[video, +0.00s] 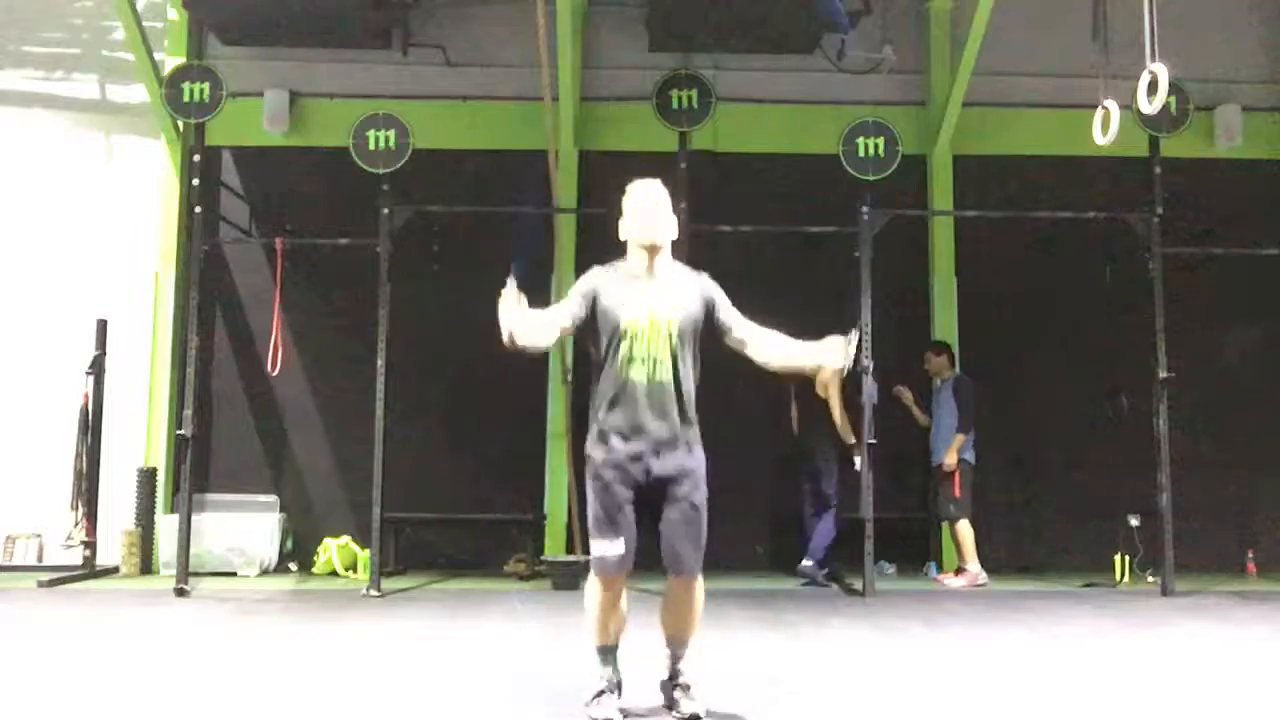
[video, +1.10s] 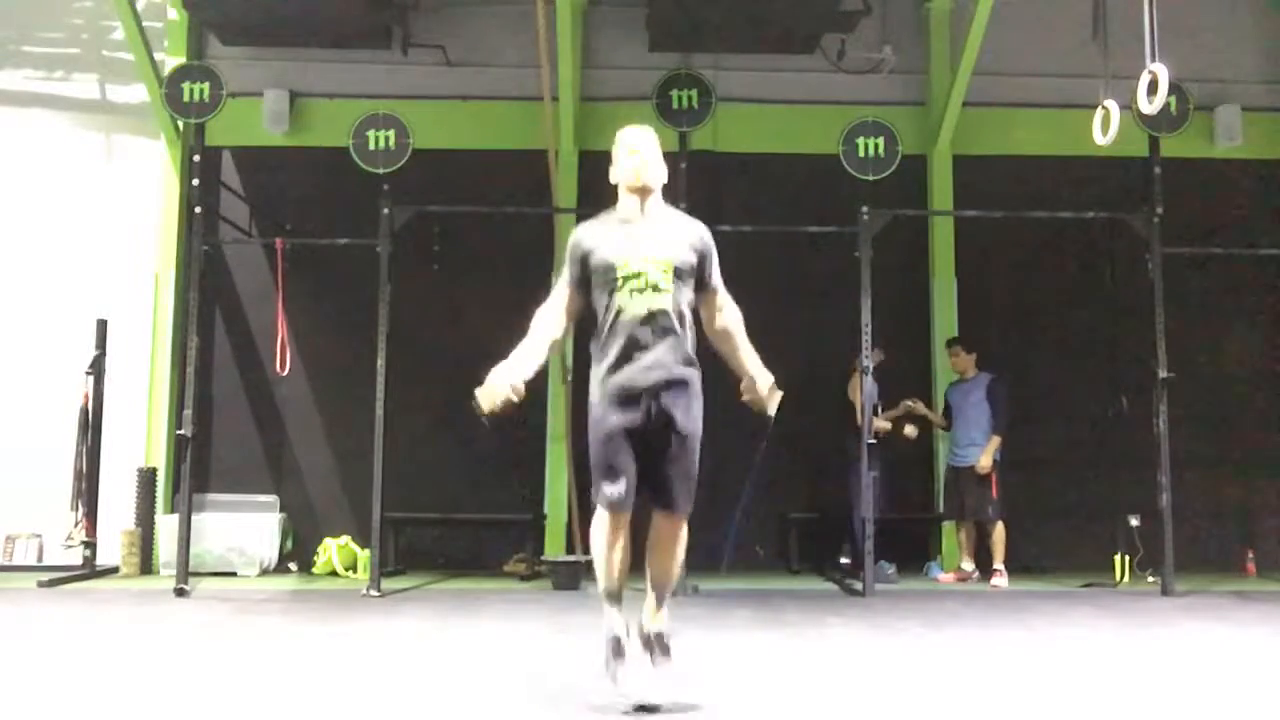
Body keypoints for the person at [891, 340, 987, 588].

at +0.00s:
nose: (926, 365)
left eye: (929, 359)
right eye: (925, 360)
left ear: (944, 358)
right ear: (937, 361)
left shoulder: (961, 384)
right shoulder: (936, 389)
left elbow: (966, 422)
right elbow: (928, 422)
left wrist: (953, 450)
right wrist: (911, 404)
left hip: (958, 457)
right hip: (940, 458)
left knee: (958, 514)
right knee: (949, 515)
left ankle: (973, 568)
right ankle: (964, 566)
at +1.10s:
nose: (952, 361)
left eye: (956, 356)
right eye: (950, 356)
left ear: (972, 356)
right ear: (951, 359)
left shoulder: (991, 384)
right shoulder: (952, 390)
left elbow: (1000, 423)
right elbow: (947, 424)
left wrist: (988, 453)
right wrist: (925, 411)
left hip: (983, 460)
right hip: (957, 463)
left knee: (991, 517)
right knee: (962, 517)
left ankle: (998, 569)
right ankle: (967, 567)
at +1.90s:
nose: (945, 364)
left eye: (948, 358)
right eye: (944, 358)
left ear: (963, 357)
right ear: (953, 359)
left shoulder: (990, 384)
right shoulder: (950, 389)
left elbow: (999, 425)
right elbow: (945, 423)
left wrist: (983, 459)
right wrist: (915, 440)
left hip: (985, 462)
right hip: (956, 463)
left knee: (992, 517)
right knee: (953, 518)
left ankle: (998, 568)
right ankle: (954, 573)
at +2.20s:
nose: (920, 361)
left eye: (924, 355)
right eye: (920, 356)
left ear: (939, 355)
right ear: (934, 357)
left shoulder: (967, 381)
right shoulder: (924, 387)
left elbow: (982, 417)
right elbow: (921, 424)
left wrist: (957, 443)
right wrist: (912, 458)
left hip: (960, 459)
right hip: (931, 460)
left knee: (968, 514)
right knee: (940, 518)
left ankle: (993, 560)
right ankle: (952, 572)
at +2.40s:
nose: (905, 361)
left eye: (909, 355)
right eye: (904, 356)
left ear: (924, 353)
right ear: (911, 358)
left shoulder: (951, 380)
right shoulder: (910, 387)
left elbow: (967, 418)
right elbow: (907, 423)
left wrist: (955, 450)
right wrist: (895, 451)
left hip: (943, 458)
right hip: (920, 459)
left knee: (936, 513)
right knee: (928, 515)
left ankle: (960, 562)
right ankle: (947, 571)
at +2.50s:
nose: (898, 361)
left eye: (902, 355)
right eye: (896, 356)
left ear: (916, 353)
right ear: (900, 359)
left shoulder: (940, 380)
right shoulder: (902, 388)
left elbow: (964, 414)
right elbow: (898, 423)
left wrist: (956, 448)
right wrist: (886, 449)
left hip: (937, 456)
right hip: (914, 458)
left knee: (922, 512)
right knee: (932, 516)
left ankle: (931, 572)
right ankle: (951, 569)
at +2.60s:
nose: (891, 363)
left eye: (894, 357)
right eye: (888, 359)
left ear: (907, 356)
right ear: (890, 362)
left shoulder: (932, 381)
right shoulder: (894, 388)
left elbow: (961, 411)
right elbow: (891, 423)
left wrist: (957, 446)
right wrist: (877, 446)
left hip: (930, 458)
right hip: (909, 459)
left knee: (913, 515)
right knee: (930, 517)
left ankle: (900, 574)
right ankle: (951, 570)